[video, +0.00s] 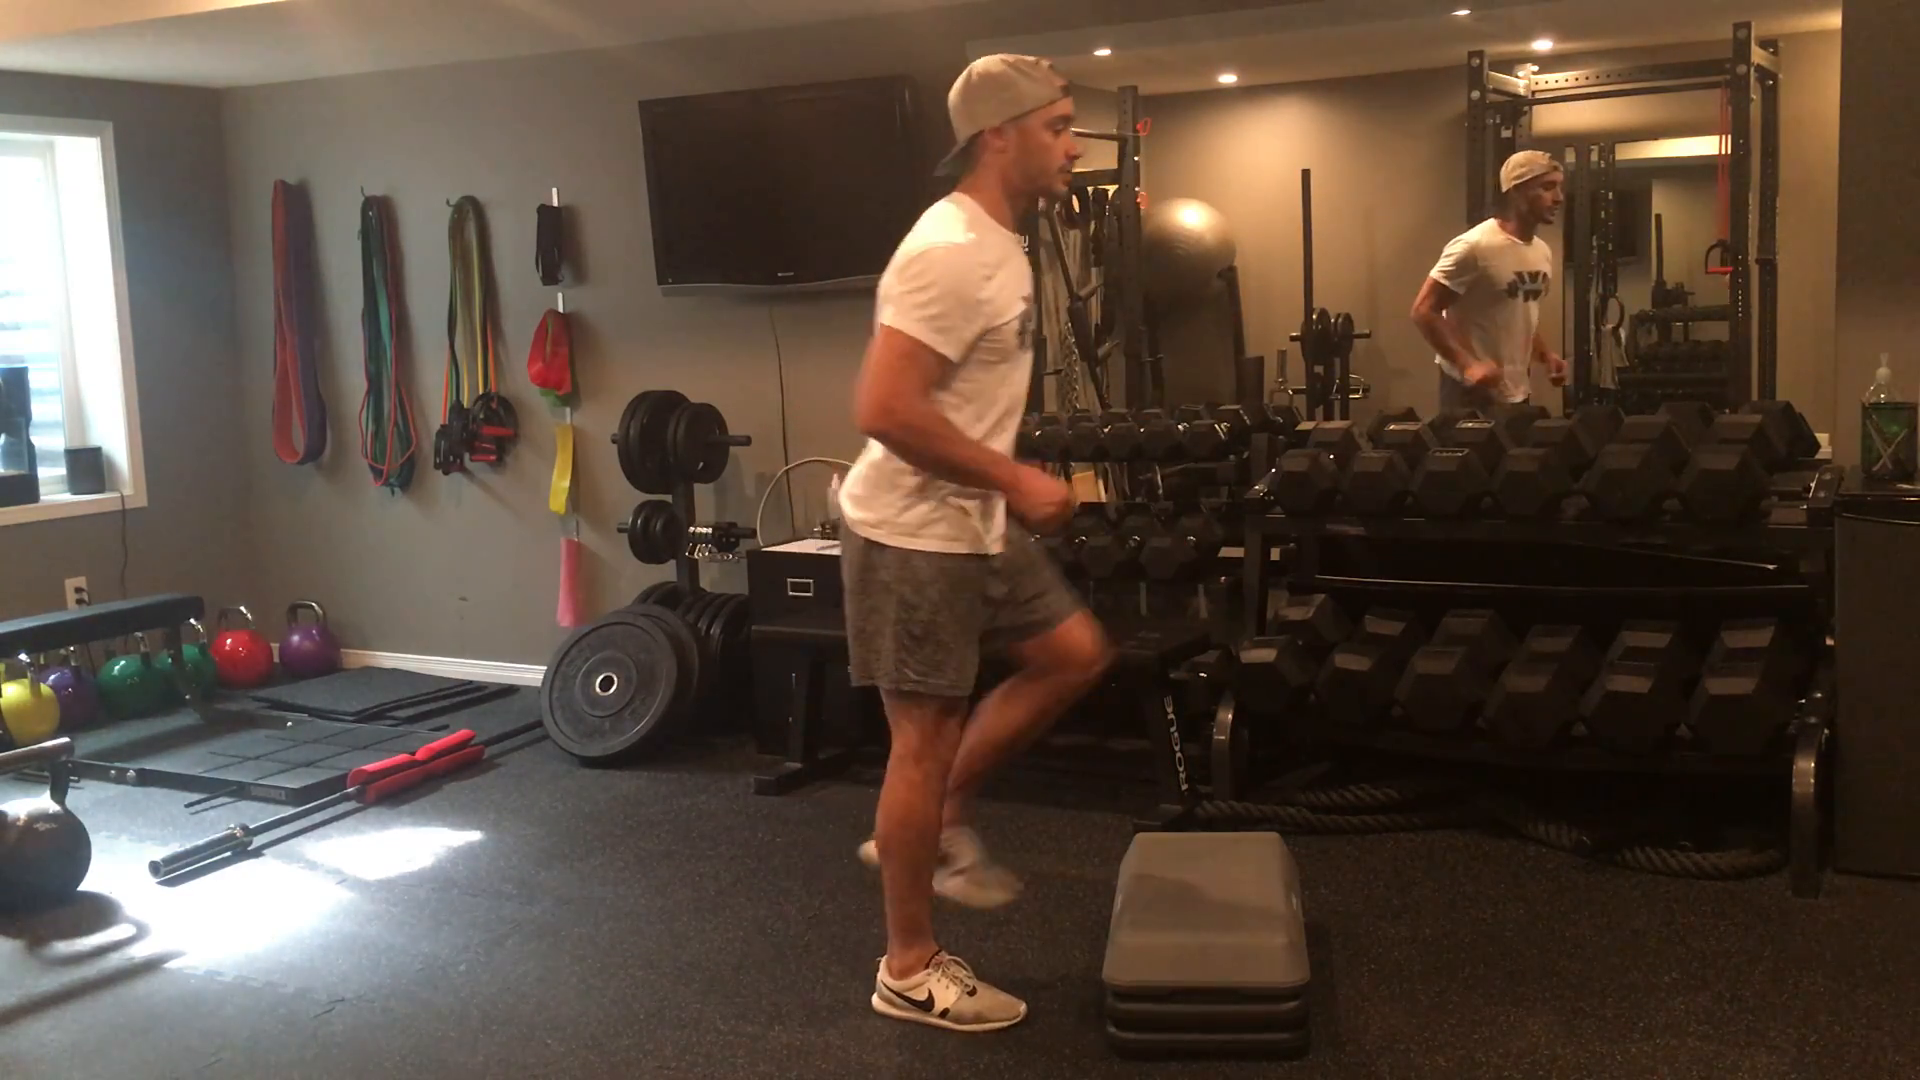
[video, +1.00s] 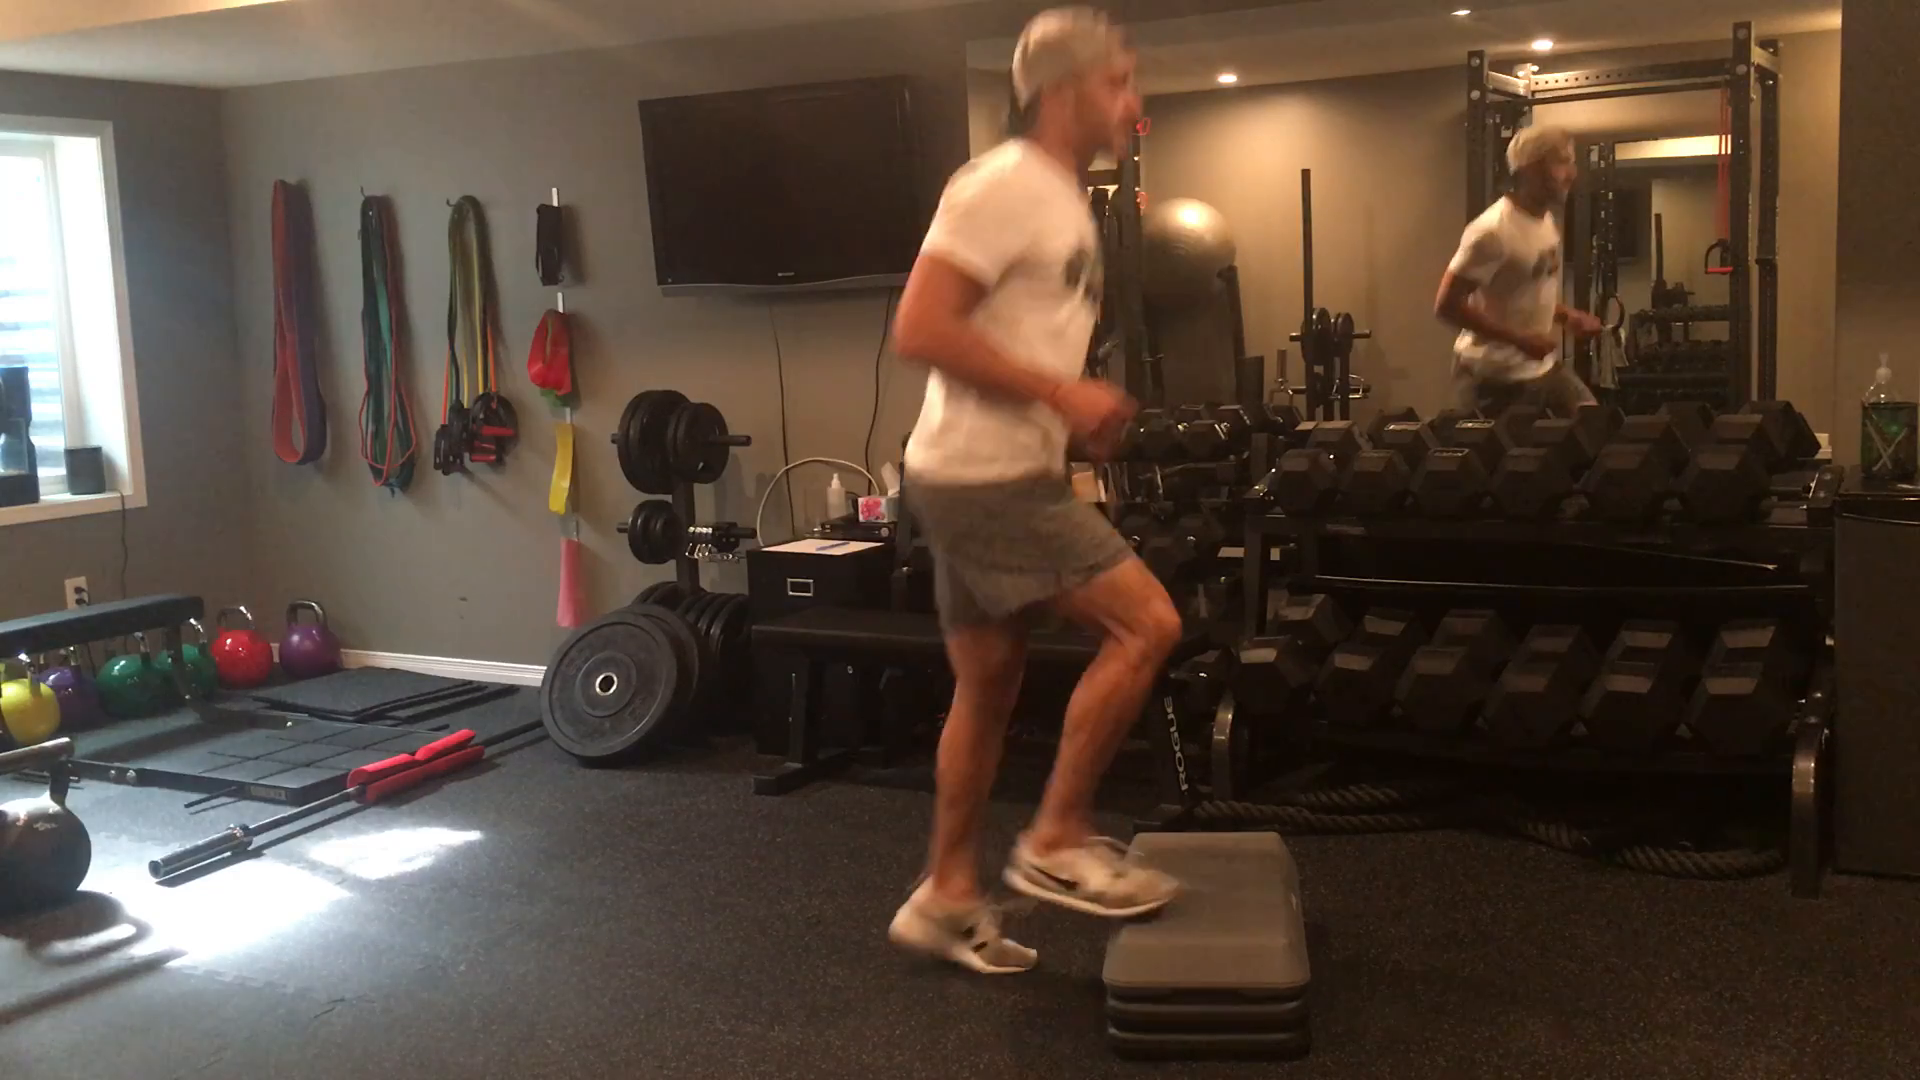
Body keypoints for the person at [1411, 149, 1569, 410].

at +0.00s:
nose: (1559, 197)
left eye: (1559, 188)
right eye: (1548, 187)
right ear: (1518, 190)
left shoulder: (1542, 252)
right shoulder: (1472, 247)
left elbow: (1519, 318)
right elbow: (1423, 311)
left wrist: (1546, 355)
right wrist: (1467, 365)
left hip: (1517, 395)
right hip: (1470, 398)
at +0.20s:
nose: (1579, 191)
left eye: (1579, 181)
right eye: (1567, 181)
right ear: (1535, 190)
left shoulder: (1569, 249)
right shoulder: (1490, 248)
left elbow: (1567, 314)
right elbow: (1440, 311)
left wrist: (1586, 339)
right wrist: (1485, 365)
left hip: (1538, 387)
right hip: (1493, 388)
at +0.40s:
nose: (1592, 160)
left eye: (1592, 151)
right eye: (1579, 152)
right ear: (1548, 162)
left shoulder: (1579, 219)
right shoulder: (1514, 222)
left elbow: (1565, 291)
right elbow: (1481, 300)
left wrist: (1594, 321)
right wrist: (1562, 330)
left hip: (1558, 364)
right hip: (1511, 364)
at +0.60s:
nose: (1601, 115)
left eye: (1600, 105)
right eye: (1589, 105)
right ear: (1557, 113)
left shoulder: (1585, 176)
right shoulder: (1519, 172)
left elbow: (1565, 251)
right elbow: (1478, 248)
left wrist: (1593, 279)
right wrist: (1554, 269)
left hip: (1566, 331)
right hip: (1515, 332)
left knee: (1586, 423)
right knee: (1532, 433)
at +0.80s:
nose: (1591, 138)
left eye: (1591, 128)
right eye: (1579, 127)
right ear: (1546, 133)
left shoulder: (1574, 199)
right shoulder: (1505, 200)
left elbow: (1565, 270)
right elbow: (1464, 271)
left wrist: (1597, 297)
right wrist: (1533, 309)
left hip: (1573, 355)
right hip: (1523, 360)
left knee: (1576, 455)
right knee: (1521, 463)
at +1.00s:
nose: (1572, 173)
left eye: (1571, 162)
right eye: (1562, 161)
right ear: (1531, 169)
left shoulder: (1545, 220)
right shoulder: (1490, 231)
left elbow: (1529, 298)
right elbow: (1448, 306)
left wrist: (1568, 316)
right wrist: (1521, 341)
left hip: (1544, 370)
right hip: (1492, 380)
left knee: (1592, 425)